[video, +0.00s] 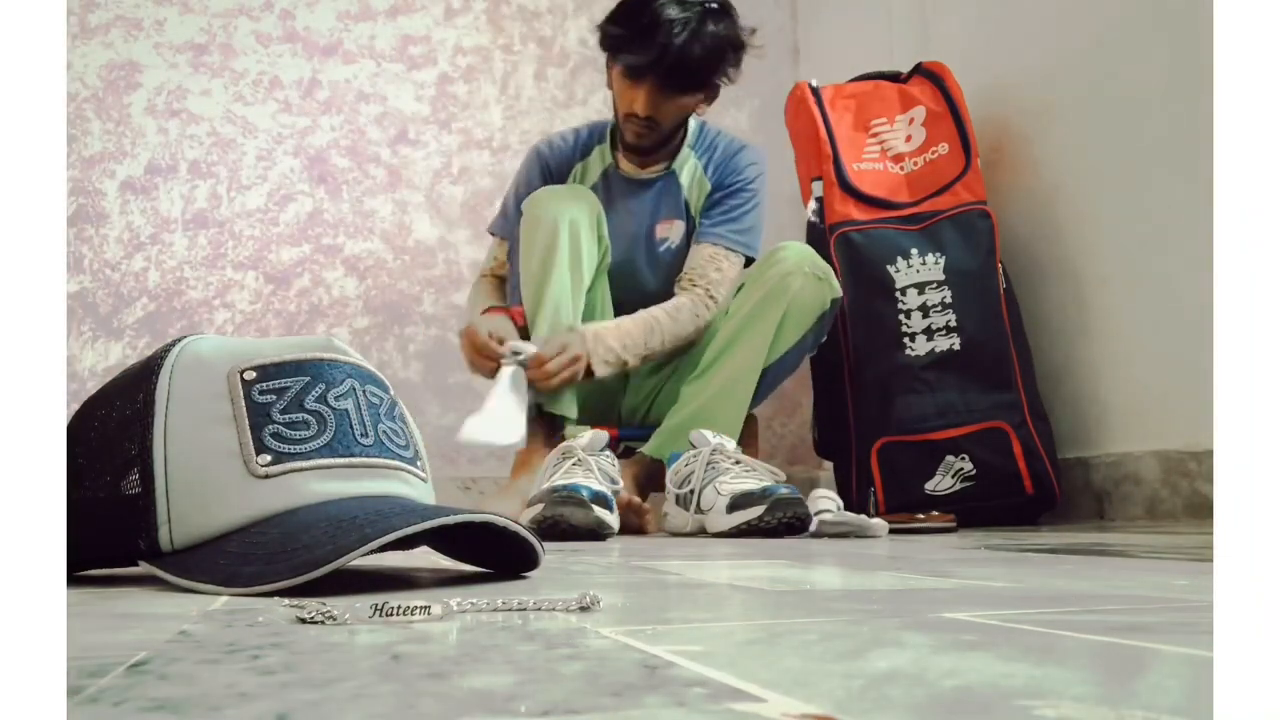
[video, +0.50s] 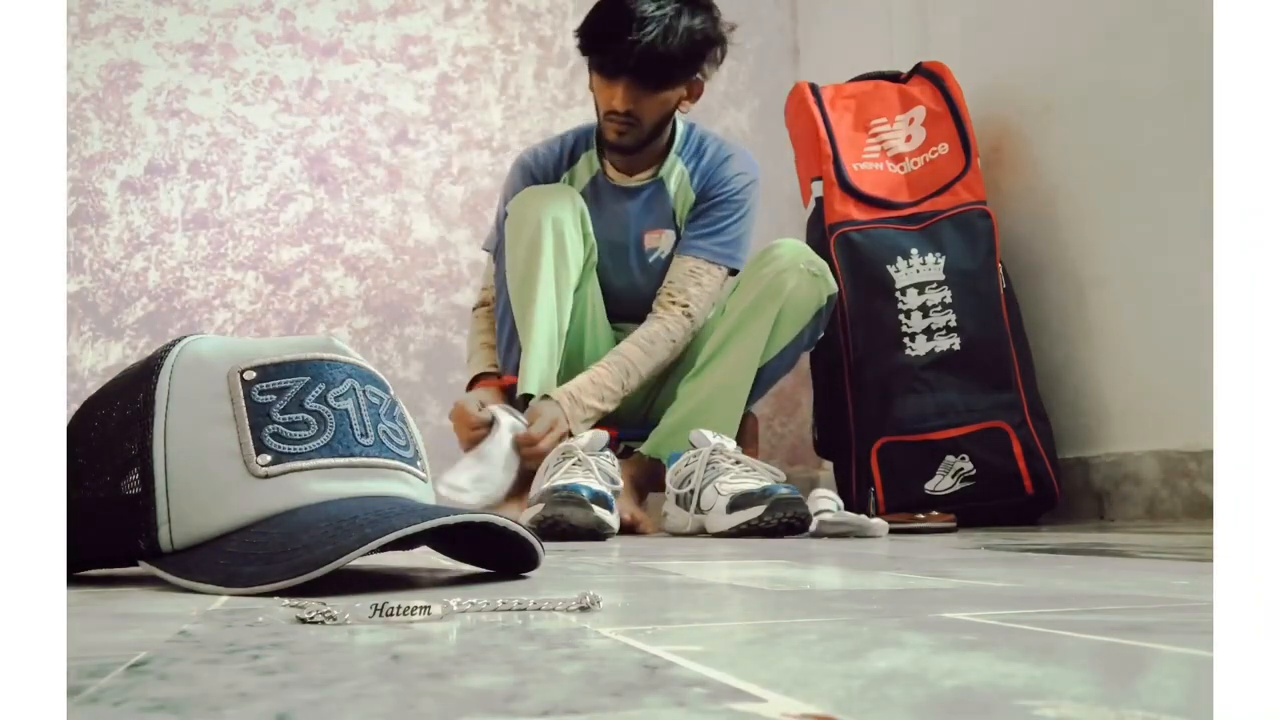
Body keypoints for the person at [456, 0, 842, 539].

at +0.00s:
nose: (642, 105)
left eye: (671, 89)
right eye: (632, 76)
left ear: (706, 97)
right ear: (610, 65)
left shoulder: (733, 167)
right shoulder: (554, 158)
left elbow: (701, 301)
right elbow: (493, 278)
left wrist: (596, 344)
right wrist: (488, 323)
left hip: (671, 383)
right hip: (577, 383)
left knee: (800, 267)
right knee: (559, 204)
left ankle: (660, 467)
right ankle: (570, 453)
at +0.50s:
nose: (619, 102)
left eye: (645, 86)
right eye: (607, 76)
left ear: (689, 92)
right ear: (589, 70)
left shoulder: (725, 173)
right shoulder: (541, 169)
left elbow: (676, 318)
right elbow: (493, 300)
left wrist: (571, 405)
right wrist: (486, 386)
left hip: (675, 378)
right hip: (577, 374)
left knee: (795, 264)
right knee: (542, 202)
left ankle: (649, 471)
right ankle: (565, 455)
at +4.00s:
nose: (725, 137)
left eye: (742, 117)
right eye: (706, 117)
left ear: (762, 104)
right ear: (656, 97)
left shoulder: (773, 188)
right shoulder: (594, 168)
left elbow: (817, 323)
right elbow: (628, 325)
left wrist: (858, 412)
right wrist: (758, 401)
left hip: (716, 389)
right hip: (613, 383)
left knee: (772, 207)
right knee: (515, 244)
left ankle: (723, 460)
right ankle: (588, 456)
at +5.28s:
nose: (626, 90)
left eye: (637, 67)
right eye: (601, 82)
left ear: (663, 75)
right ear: (578, 112)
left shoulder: (710, 188)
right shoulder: (553, 191)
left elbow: (755, 330)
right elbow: (611, 330)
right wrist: (701, 412)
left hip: (697, 379)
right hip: (597, 379)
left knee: (741, 187)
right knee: (496, 253)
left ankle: (720, 460)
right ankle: (591, 460)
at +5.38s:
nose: (613, 91)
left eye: (622, 71)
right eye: (589, 85)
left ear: (647, 81)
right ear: (567, 118)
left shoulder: (703, 190)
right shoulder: (547, 195)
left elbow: (765, 319)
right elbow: (606, 321)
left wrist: (814, 414)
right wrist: (695, 404)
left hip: (694, 379)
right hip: (594, 382)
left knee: (728, 183)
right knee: (491, 254)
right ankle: (586, 461)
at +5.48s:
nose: (603, 92)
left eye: (612, 72)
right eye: (579, 86)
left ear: (636, 86)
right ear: (556, 123)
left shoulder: (695, 190)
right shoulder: (537, 200)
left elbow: (759, 322)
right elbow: (598, 318)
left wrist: (813, 406)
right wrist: (691, 387)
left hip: (690, 380)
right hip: (593, 383)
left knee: (718, 179)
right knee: (485, 256)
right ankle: (588, 460)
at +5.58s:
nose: (597, 105)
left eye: (605, 84)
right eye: (573, 98)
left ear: (630, 95)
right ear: (552, 133)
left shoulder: (690, 192)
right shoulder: (534, 205)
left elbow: (755, 316)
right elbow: (593, 319)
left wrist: (757, 401)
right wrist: (681, 391)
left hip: (688, 375)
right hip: (592, 382)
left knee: (713, 178)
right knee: (482, 254)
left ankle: (755, 390)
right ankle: (585, 458)